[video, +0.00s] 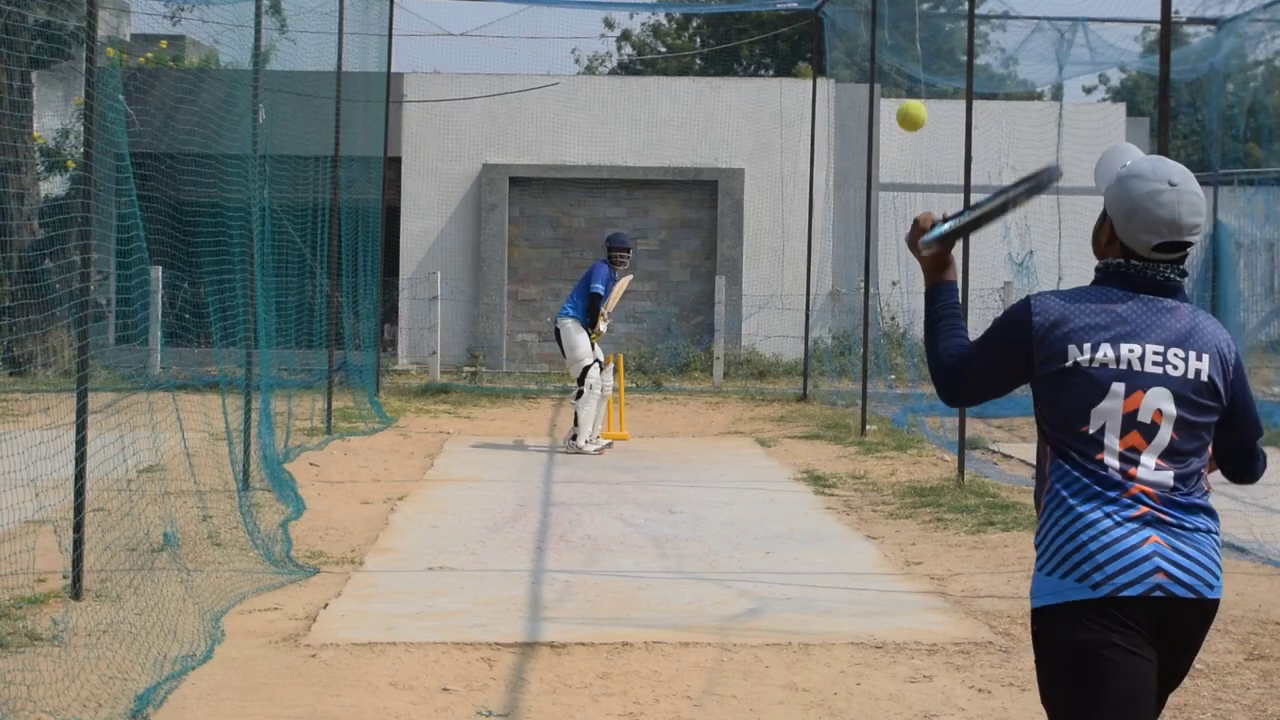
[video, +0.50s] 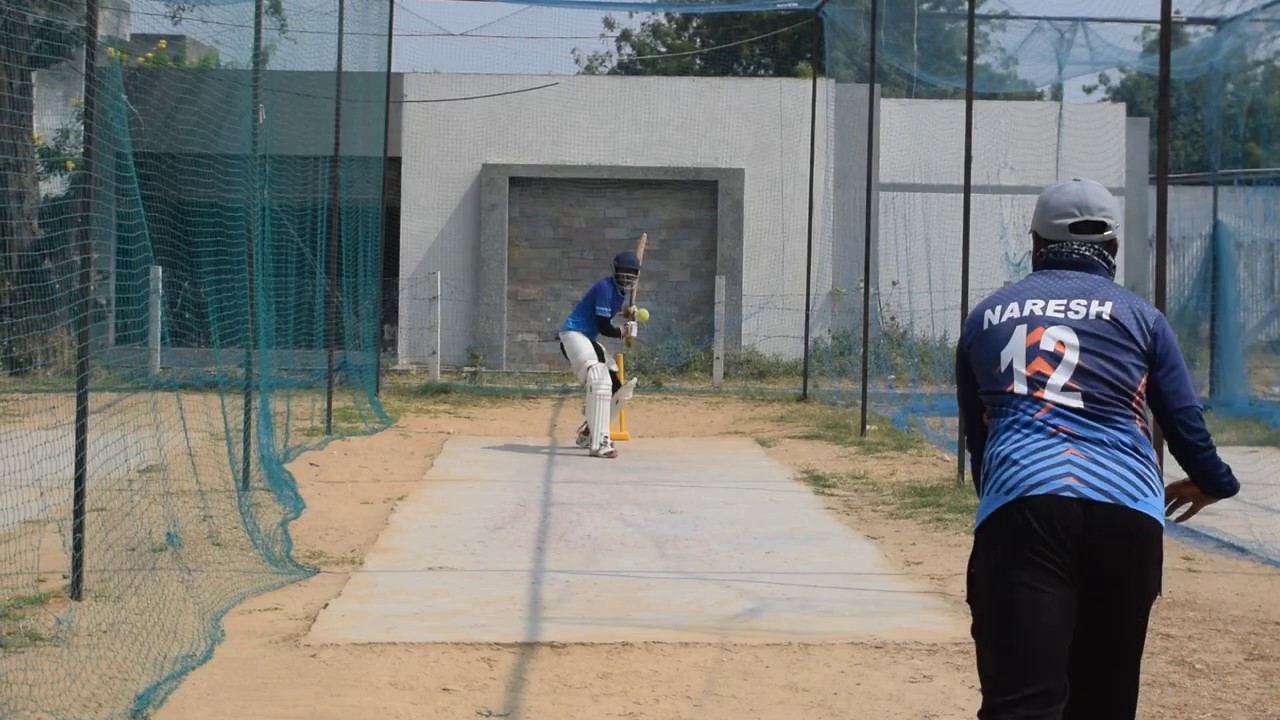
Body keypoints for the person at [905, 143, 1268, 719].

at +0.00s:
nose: (1098, 222)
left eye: (1103, 214)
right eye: (1104, 210)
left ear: (1108, 234)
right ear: (1185, 245)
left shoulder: (1048, 317)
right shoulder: (1213, 338)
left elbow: (957, 383)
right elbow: (1246, 464)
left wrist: (939, 277)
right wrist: (1204, 429)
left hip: (1088, 581)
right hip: (1193, 586)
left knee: (1096, 708)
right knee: (1129, 709)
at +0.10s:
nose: (1078, 245)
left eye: (1082, 237)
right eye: (1084, 235)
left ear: (1088, 251)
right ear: (1162, 262)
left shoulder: (1023, 334)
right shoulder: (1192, 350)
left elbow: (987, 423)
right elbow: (1211, 475)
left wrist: (956, 381)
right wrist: (1222, 513)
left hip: (1078, 566)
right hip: (1180, 572)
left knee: (1096, 707)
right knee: (1134, 708)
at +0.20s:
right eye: (1136, 265)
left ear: (1059, 268)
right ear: (1135, 272)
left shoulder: (1009, 342)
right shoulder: (1162, 341)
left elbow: (1009, 453)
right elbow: (1205, 462)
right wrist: (1231, 509)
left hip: (1052, 543)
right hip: (1156, 543)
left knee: (1086, 707)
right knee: (1136, 704)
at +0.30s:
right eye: (1124, 258)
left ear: (1051, 265)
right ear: (1125, 266)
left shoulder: (1004, 342)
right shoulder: (1152, 334)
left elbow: (1008, 443)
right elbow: (1202, 448)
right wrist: (1234, 493)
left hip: (1041, 532)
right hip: (1145, 532)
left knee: (1066, 707)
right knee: (1128, 704)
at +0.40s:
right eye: (1114, 249)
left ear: (1042, 256)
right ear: (1115, 257)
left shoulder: (991, 328)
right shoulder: (1145, 322)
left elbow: (993, 441)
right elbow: (1194, 430)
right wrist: (1228, 480)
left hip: (1030, 518)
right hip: (1134, 520)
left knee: (1038, 700)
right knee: (1114, 698)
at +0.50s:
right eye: (1111, 239)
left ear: (1037, 247)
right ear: (1110, 246)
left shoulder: (984, 314)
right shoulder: (1141, 314)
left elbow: (977, 438)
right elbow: (1183, 420)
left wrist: (1003, 502)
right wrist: (1212, 480)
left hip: (1024, 509)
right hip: (1128, 513)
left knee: (1020, 697)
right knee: (1106, 696)